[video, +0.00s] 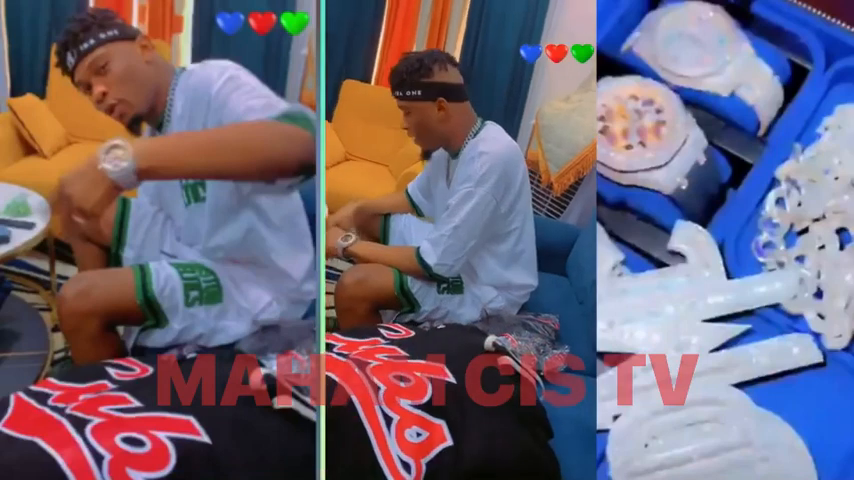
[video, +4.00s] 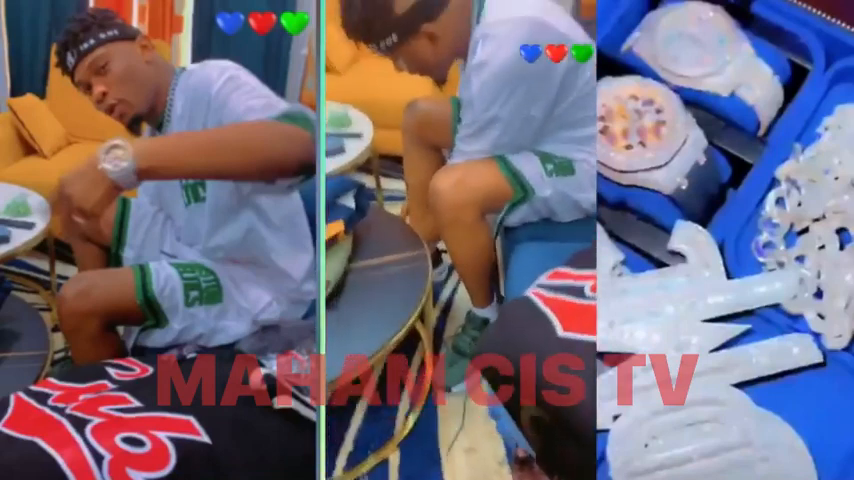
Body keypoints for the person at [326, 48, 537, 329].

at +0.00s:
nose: (404, 125)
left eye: (408, 113)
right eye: (403, 114)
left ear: (441, 109)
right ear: (442, 109)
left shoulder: (490, 157)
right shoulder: (456, 143)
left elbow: (434, 261)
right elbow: (416, 198)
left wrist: (348, 245)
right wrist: (356, 211)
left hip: (486, 290)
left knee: (356, 285)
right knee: (362, 219)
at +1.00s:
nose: (461, 96)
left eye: (472, 92)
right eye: (466, 86)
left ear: (509, 107)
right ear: (510, 107)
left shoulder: (531, 167)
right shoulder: (481, 120)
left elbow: (434, 236)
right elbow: (407, 151)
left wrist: (345, 206)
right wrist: (324, 143)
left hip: (466, 270)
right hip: (441, 221)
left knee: (342, 239)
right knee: (354, 171)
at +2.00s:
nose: (558, 151)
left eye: (572, 150)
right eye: (565, 140)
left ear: (602, 169)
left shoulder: (589, 232)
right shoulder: (565, 171)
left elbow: (489, 249)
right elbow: (491, 210)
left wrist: (405, 237)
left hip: (514, 302)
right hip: (498, 253)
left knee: (402, 245)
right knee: (420, 182)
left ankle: (357, 316)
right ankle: (362, 275)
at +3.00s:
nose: (358, 105)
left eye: (352, 94)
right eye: (349, 97)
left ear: (377, 76)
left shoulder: (435, 87)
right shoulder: (422, 50)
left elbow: (416, 193)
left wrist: (381, 250)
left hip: (532, 178)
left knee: (399, 202)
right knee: (381, 147)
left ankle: (443, 304)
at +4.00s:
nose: (399, 66)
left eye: (397, 54)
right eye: (393, 57)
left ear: (429, 35)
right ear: (430, 31)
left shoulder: (509, 48)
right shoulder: (479, 17)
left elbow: (468, 162)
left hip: (574, 162)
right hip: (524, 131)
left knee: (452, 191)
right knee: (419, 117)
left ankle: (484, 316)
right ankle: (416, 264)